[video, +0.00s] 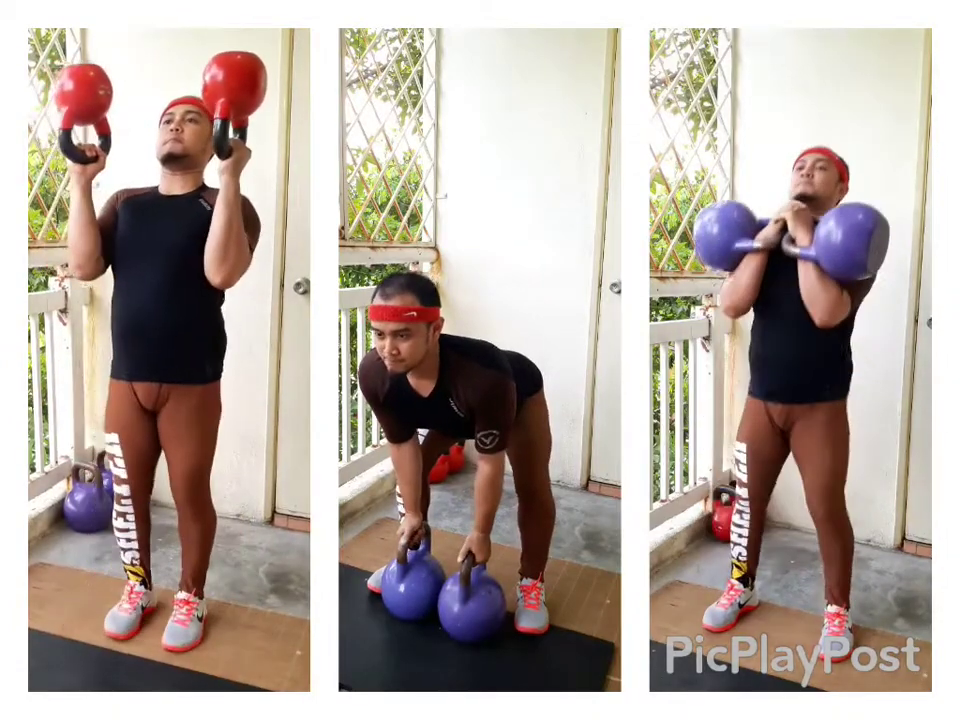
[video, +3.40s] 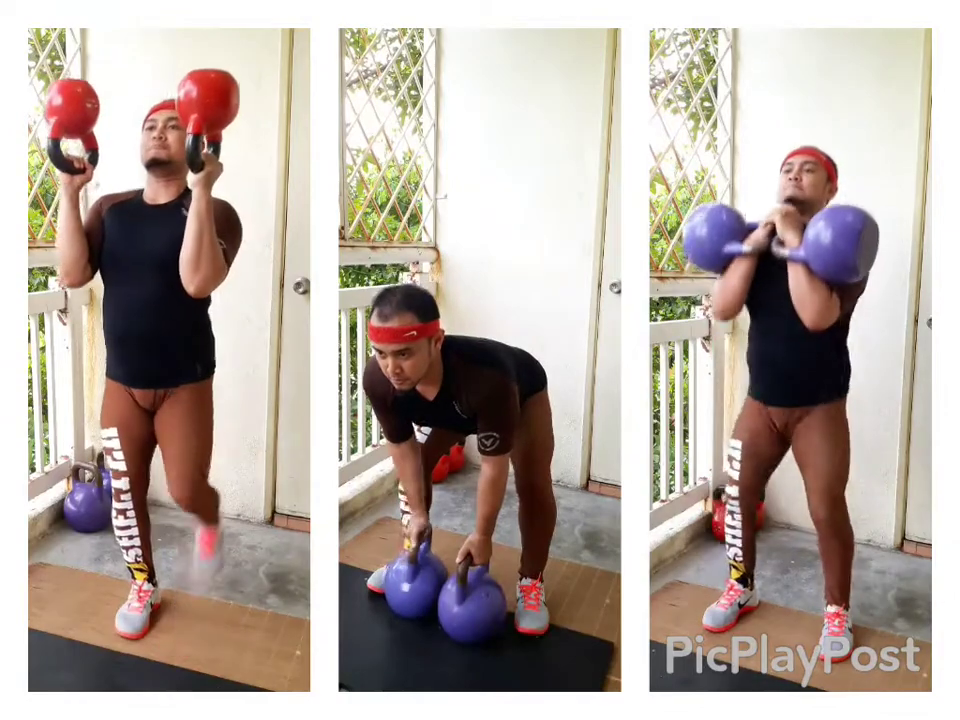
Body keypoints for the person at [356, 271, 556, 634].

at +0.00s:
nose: (389, 349)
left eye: (403, 335)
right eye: (379, 334)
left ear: (435, 329)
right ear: (371, 331)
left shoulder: (485, 378)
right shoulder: (374, 374)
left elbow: (490, 463)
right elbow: (403, 443)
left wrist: (480, 532)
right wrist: (411, 511)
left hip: (514, 394)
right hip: (451, 404)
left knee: (533, 489)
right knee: (413, 471)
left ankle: (532, 582)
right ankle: (410, 562)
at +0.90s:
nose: (393, 343)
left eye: (406, 330)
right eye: (382, 329)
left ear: (437, 318)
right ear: (373, 323)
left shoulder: (484, 360)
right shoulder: (378, 361)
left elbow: (516, 429)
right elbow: (399, 417)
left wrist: (486, 499)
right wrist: (412, 480)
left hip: (513, 395)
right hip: (452, 402)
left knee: (536, 486)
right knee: (407, 472)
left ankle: (531, 583)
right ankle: (406, 560)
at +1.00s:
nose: (392, 338)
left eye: (405, 325)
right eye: (381, 325)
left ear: (436, 312)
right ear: (372, 318)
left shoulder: (483, 349)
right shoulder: (377, 352)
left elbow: (527, 406)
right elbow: (396, 397)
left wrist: (491, 473)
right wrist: (408, 457)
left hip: (511, 399)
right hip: (452, 402)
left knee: (537, 485)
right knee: (410, 468)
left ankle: (531, 582)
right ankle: (412, 557)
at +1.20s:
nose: (391, 332)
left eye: (404, 318)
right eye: (380, 319)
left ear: (435, 305)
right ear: (371, 312)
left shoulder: (484, 334)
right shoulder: (376, 335)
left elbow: (542, 357)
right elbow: (394, 366)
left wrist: (498, 421)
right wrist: (407, 407)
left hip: (511, 393)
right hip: (447, 397)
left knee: (540, 482)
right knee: (411, 464)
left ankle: (531, 582)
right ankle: (413, 551)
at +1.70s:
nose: (396, 319)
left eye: (408, 305)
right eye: (385, 306)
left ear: (439, 291)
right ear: (375, 299)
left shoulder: (488, 332)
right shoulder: (379, 336)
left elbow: (528, 393)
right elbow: (398, 386)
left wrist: (491, 468)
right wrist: (412, 447)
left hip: (511, 400)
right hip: (450, 403)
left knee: (537, 486)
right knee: (407, 467)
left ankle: (531, 582)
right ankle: (411, 555)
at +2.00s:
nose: (395, 344)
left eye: (407, 331)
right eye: (384, 331)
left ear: (438, 314)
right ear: (375, 325)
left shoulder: (487, 355)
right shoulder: (379, 363)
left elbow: (512, 435)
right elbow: (401, 428)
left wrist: (484, 515)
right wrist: (411, 499)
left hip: (516, 396)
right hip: (456, 404)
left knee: (537, 486)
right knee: (412, 470)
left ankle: (532, 584)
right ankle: (407, 563)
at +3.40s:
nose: (392, 368)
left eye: (404, 354)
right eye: (382, 355)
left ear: (436, 342)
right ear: (373, 349)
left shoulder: (486, 378)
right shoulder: (378, 380)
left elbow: (494, 467)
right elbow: (403, 451)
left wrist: (482, 535)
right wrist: (417, 513)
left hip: (516, 391)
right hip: (451, 399)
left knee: (534, 485)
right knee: (417, 469)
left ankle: (531, 584)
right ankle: (411, 562)